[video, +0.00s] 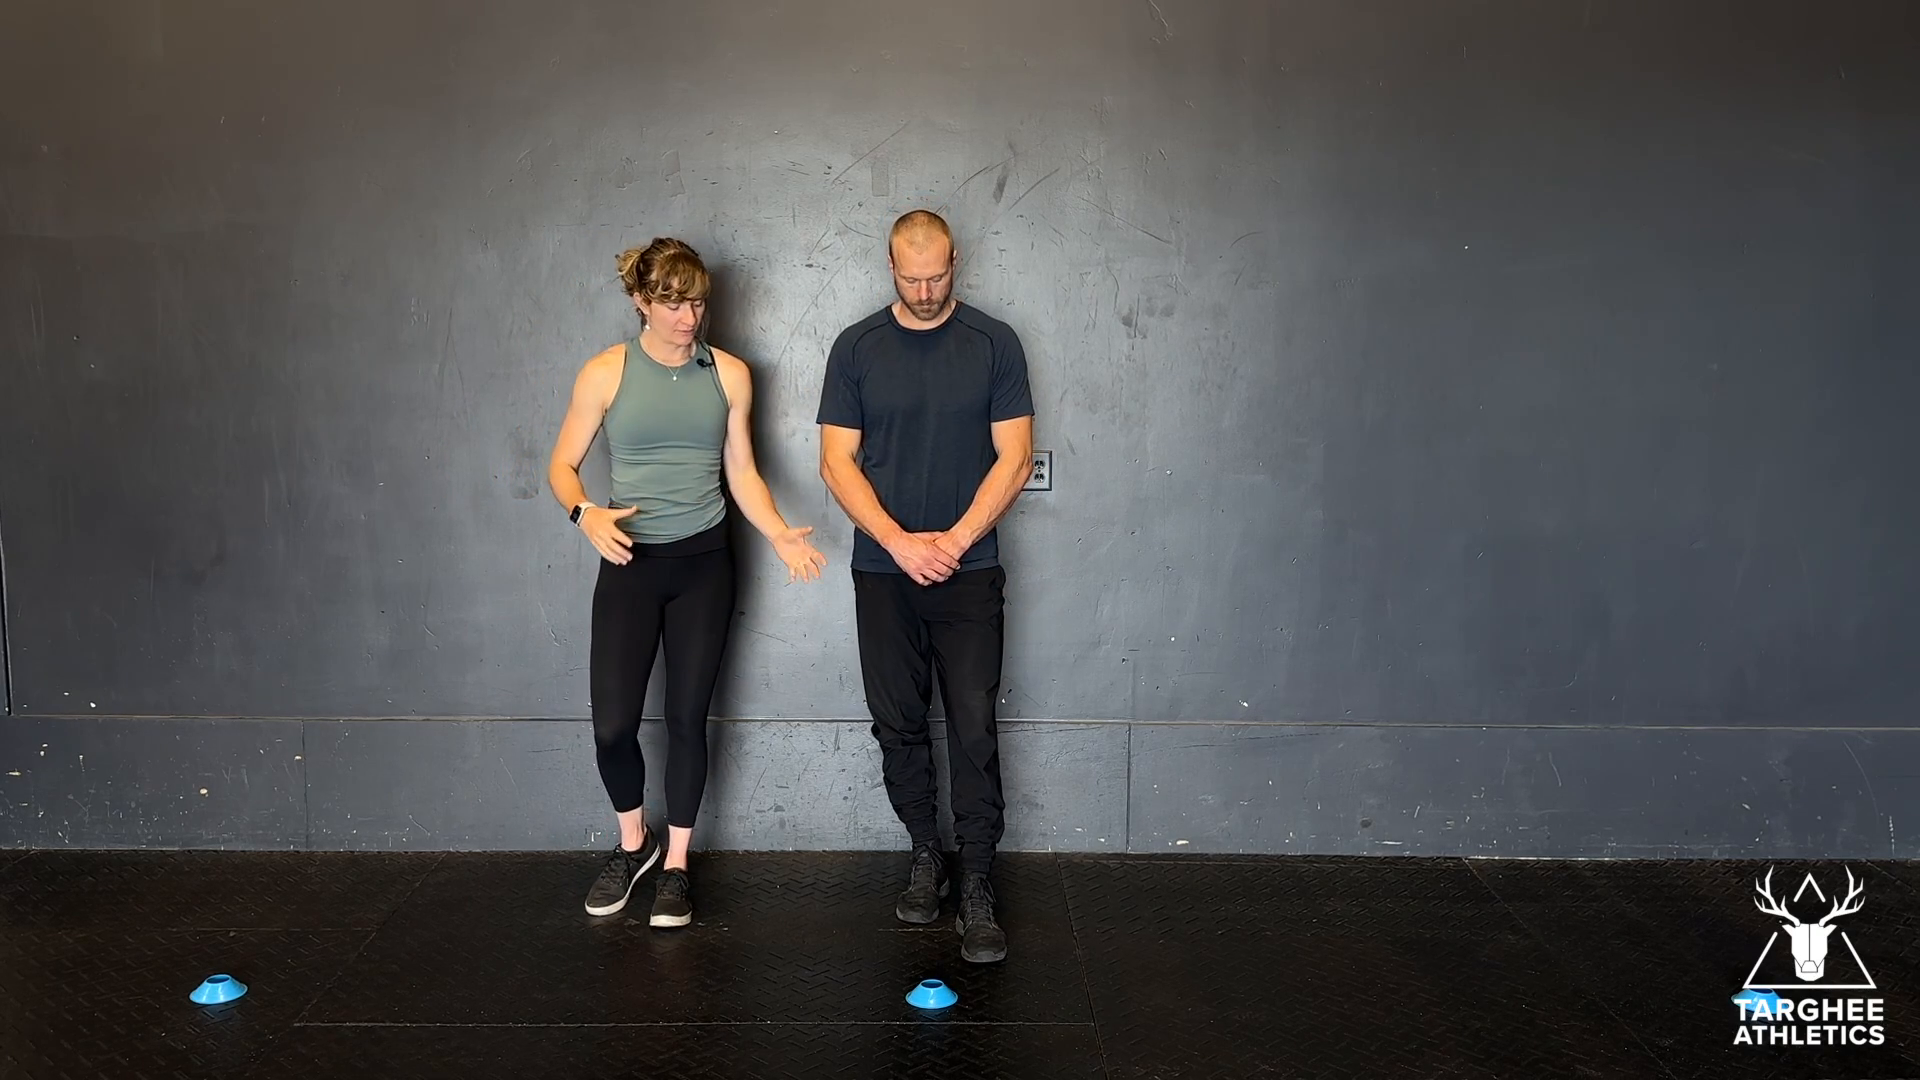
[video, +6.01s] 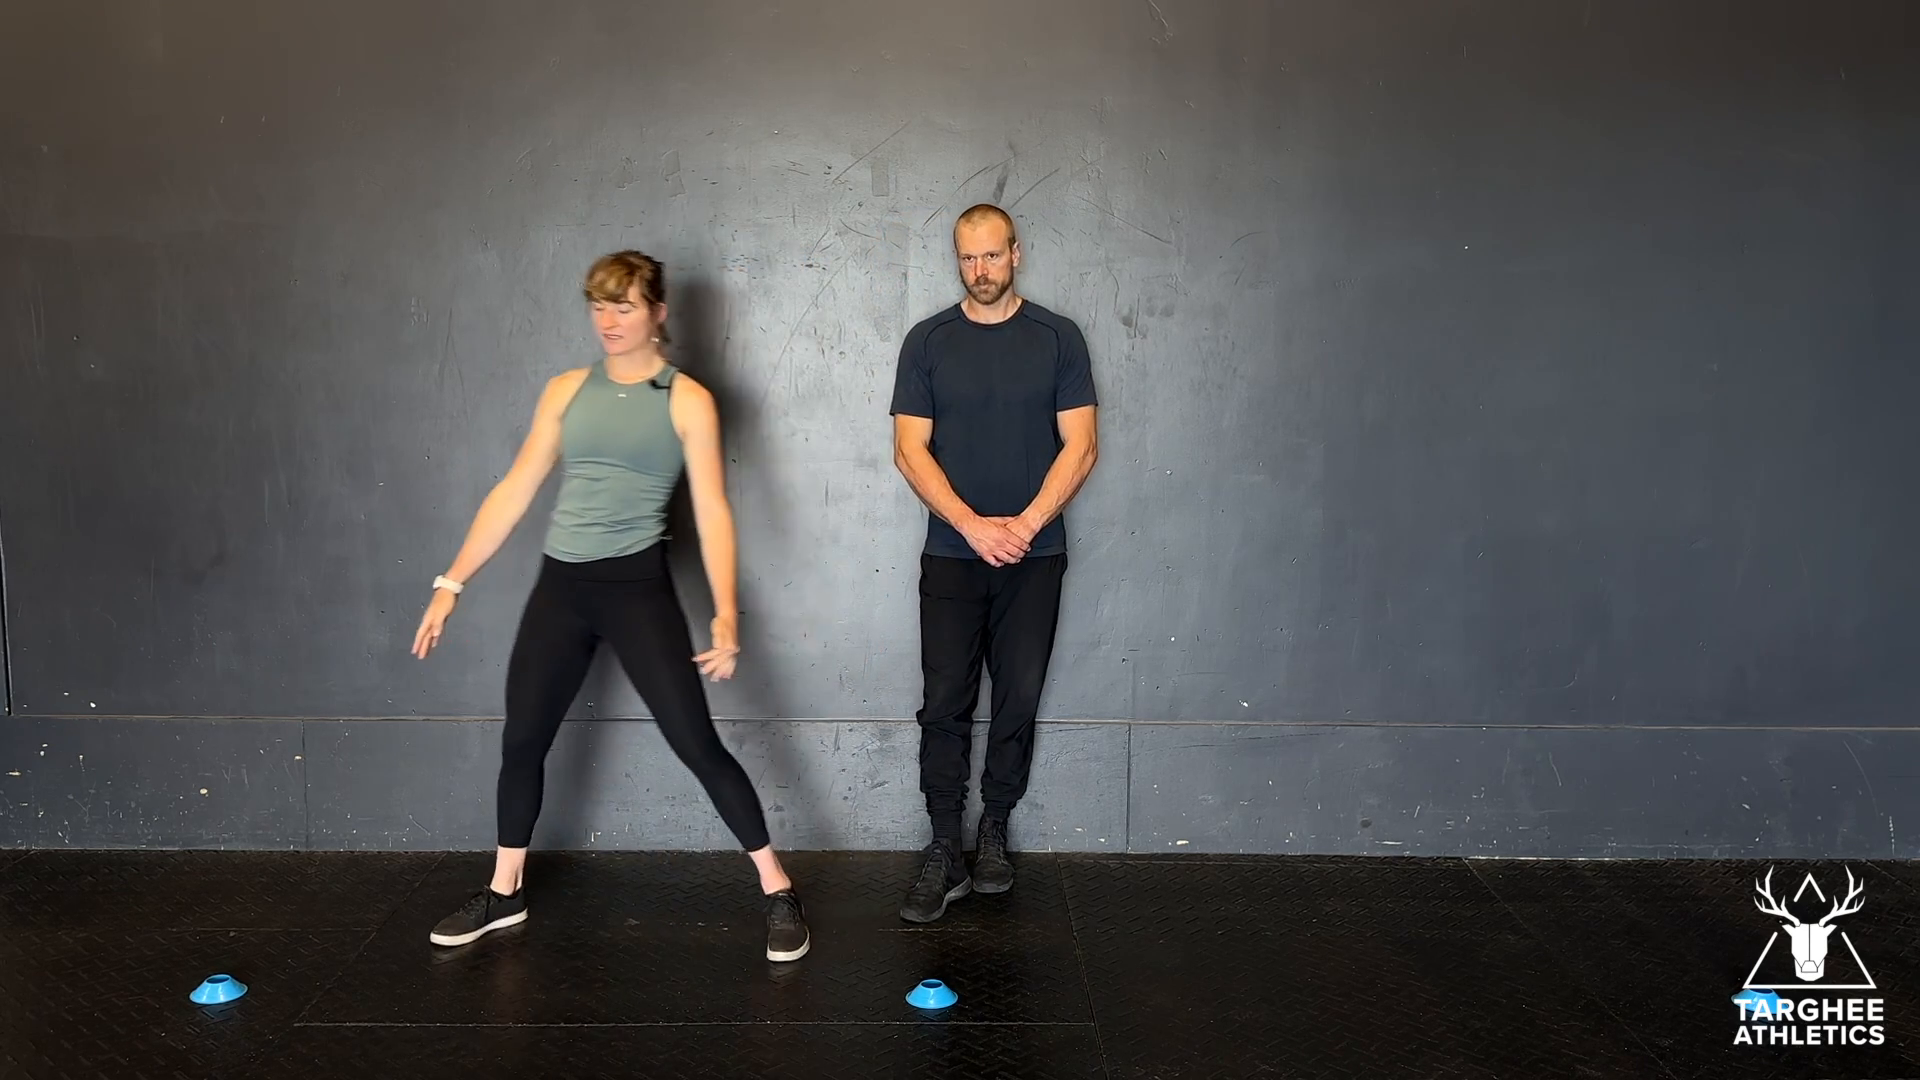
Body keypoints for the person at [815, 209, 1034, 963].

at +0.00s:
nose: (925, 289)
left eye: (936, 276)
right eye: (911, 278)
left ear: (953, 265)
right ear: (892, 269)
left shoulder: (993, 343)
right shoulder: (856, 347)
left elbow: (1015, 462)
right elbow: (836, 465)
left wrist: (953, 541)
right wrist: (897, 540)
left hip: (968, 570)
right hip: (885, 571)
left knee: (974, 728)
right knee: (900, 726)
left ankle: (977, 882)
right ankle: (929, 857)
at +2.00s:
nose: (905, 298)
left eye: (917, 286)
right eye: (895, 285)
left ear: (946, 270)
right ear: (882, 272)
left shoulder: (996, 344)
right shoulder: (859, 348)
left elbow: (1018, 462)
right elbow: (837, 462)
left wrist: (953, 541)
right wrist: (894, 539)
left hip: (971, 567)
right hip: (885, 567)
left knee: (977, 722)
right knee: (900, 723)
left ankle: (977, 875)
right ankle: (929, 856)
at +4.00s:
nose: (935, 296)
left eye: (943, 283)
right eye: (922, 285)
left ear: (951, 270)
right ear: (891, 274)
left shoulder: (984, 341)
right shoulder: (849, 348)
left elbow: (1011, 457)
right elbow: (831, 465)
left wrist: (953, 538)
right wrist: (893, 539)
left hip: (965, 567)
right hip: (882, 571)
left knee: (970, 725)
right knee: (897, 725)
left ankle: (977, 883)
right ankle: (928, 857)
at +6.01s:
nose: (981, 267)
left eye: (992, 253)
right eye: (969, 256)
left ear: (1015, 255)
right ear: (956, 262)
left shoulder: (1058, 338)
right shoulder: (927, 341)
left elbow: (1081, 448)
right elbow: (909, 450)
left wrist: (1025, 525)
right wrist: (969, 523)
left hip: (1033, 550)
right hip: (952, 549)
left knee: (1017, 700)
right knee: (944, 701)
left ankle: (993, 832)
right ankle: (944, 846)